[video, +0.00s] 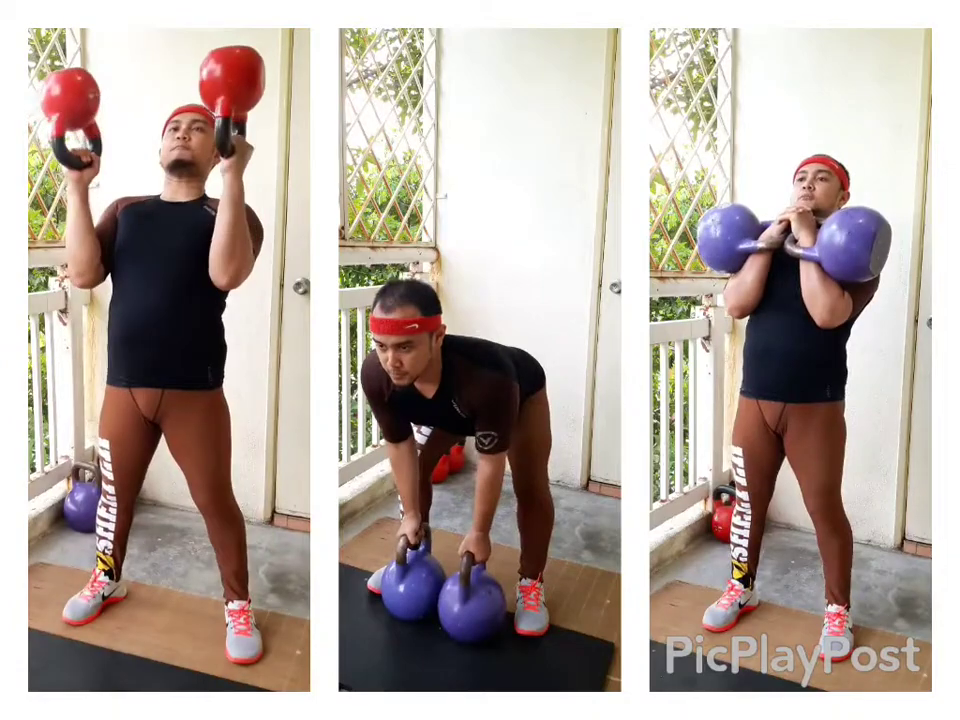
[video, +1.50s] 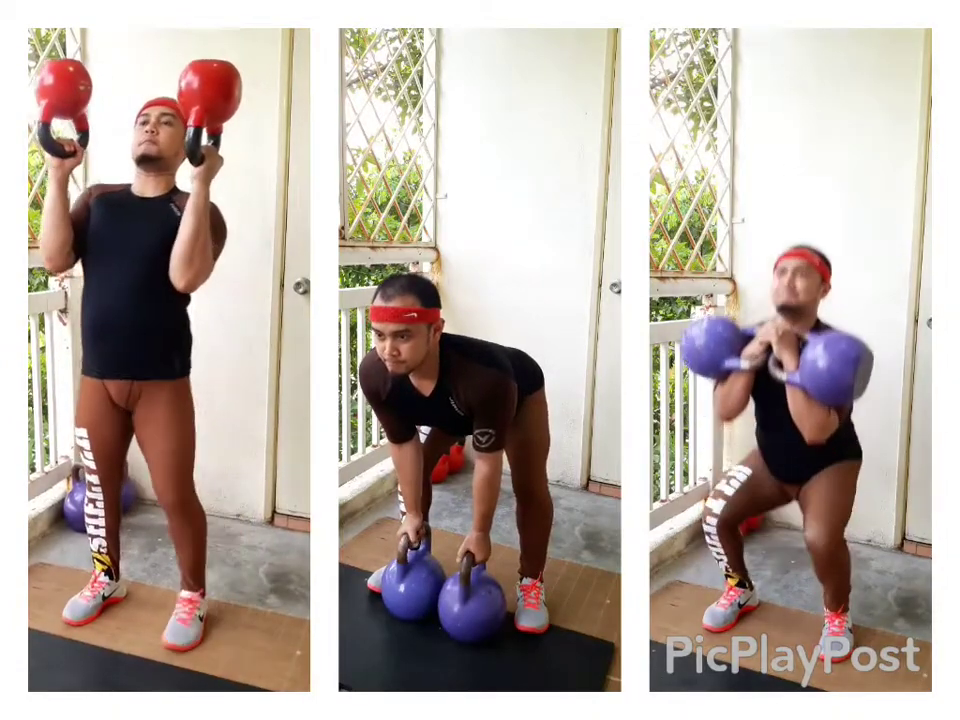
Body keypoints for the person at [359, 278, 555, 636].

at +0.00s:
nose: (392, 361)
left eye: (405, 348)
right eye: (382, 347)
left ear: (437, 338)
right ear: (374, 343)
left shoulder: (487, 380)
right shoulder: (376, 375)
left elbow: (491, 463)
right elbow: (399, 447)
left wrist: (479, 533)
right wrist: (410, 514)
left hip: (516, 390)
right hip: (449, 399)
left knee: (531, 486)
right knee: (416, 468)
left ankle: (531, 583)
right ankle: (410, 562)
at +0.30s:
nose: (389, 358)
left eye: (403, 344)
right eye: (379, 343)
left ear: (435, 336)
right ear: (371, 338)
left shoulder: (485, 379)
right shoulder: (374, 376)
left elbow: (488, 463)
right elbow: (403, 445)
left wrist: (479, 532)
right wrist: (411, 512)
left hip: (514, 390)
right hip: (451, 398)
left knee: (530, 487)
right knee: (416, 469)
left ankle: (531, 583)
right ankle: (409, 562)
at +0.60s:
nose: (387, 358)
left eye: (401, 344)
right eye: (377, 344)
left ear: (433, 336)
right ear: (369, 338)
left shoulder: (484, 378)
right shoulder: (373, 376)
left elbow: (486, 463)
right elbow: (403, 444)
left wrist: (479, 532)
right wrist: (412, 512)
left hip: (514, 389)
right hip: (451, 398)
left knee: (529, 486)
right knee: (415, 470)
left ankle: (531, 583)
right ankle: (409, 563)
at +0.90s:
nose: (387, 356)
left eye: (401, 343)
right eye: (377, 342)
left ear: (433, 334)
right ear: (369, 336)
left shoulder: (483, 379)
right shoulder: (373, 376)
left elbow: (486, 463)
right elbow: (403, 444)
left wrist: (479, 532)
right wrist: (412, 512)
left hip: (514, 389)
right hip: (452, 398)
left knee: (530, 486)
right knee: (415, 470)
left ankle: (531, 583)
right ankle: (409, 563)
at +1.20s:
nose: (388, 349)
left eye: (403, 336)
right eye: (378, 334)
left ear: (435, 330)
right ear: (370, 331)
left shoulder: (484, 378)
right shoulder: (373, 375)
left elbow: (487, 463)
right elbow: (404, 444)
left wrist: (479, 532)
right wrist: (412, 512)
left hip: (515, 389)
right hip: (453, 399)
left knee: (530, 487)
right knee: (416, 469)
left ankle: (531, 583)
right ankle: (408, 563)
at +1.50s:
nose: (389, 350)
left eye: (403, 336)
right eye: (380, 335)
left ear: (435, 330)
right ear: (371, 331)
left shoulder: (485, 379)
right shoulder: (374, 373)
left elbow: (488, 462)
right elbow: (404, 442)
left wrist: (479, 532)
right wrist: (412, 512)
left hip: (515, 389)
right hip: (453, 399)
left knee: (530, 487)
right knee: (415, 470)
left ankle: (531, 582)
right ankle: (409, 563)